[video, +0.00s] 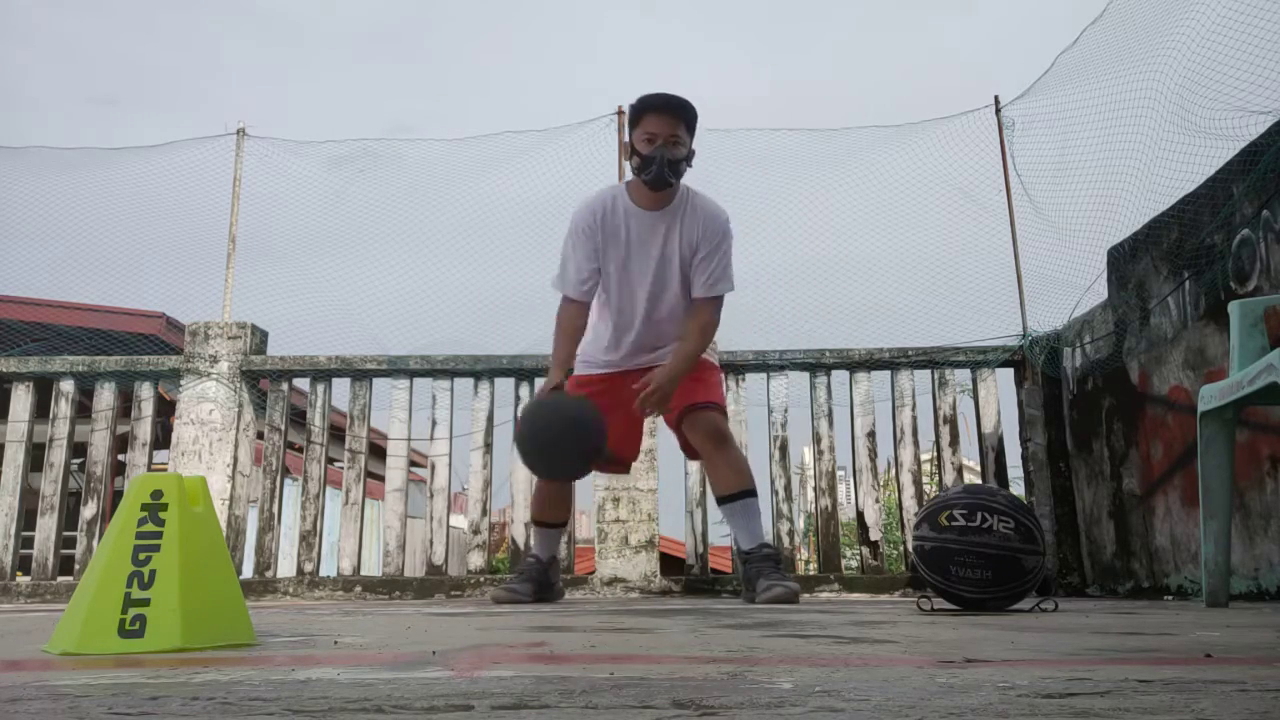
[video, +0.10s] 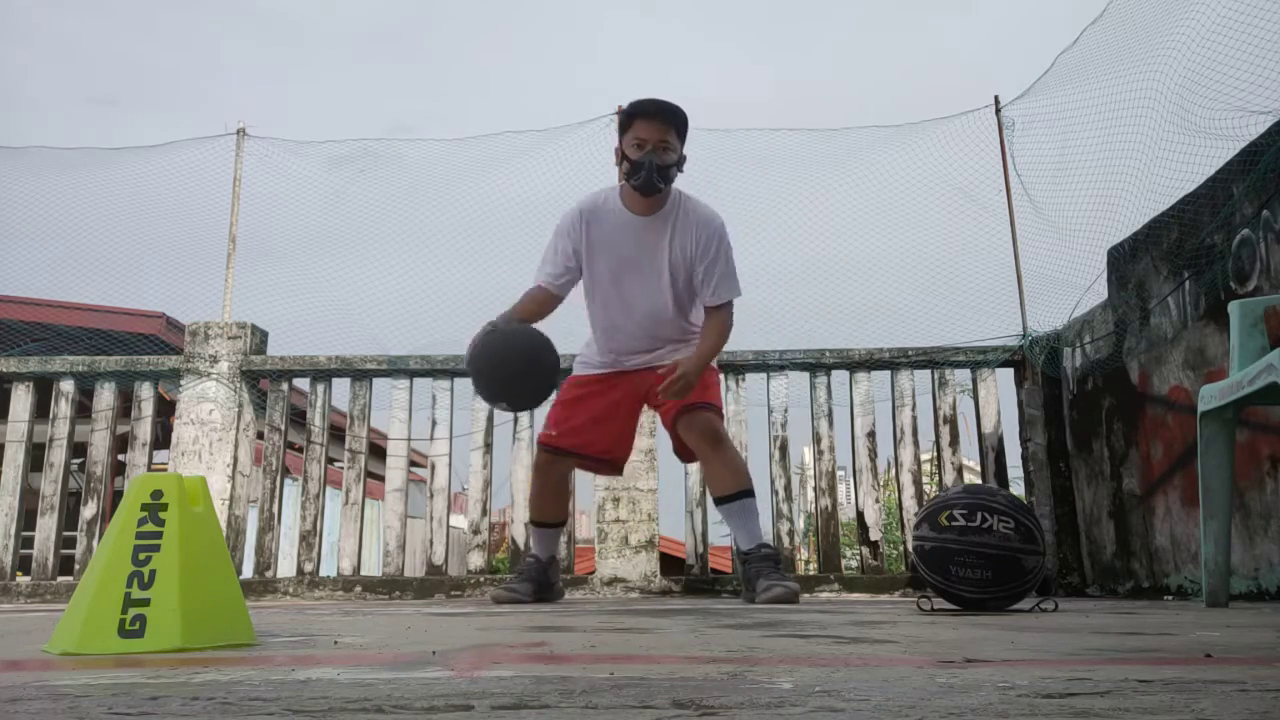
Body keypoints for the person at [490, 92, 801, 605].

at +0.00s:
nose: (659, 153)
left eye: (672, 143)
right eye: (648, 141)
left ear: (689, 151)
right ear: (630, 145)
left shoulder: (707, 221)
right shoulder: (595, 216)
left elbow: (706, 316)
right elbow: (574, 303)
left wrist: (672, 372)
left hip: (680, 359)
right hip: (602, 364)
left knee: (710, 429)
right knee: (558, 441)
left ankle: (759, 563)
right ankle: (541, 568)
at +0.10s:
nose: (647, 159)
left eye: (661, 149)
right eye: (637, 147)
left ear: (679, 157)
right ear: (619, 150)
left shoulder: (702, 225)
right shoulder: (585, 219)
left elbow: (719, 312)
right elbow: (549, 289)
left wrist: (697, 361)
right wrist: (506, 323)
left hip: (678, 359)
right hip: (603, 364)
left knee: (705, 430)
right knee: (552, 451)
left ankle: (758, 561)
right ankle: (541, 566)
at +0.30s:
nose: (673, 149)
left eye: (686, 140)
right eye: (662, 136)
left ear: (704, 148)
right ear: (643, 139)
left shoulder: (722, 221)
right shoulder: (602, 208)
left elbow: (737, 305)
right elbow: (574, 290)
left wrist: (746, 378)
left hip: (685, 354)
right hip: (607, 359)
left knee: (711, 426)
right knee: (564, 443)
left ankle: (758, 563)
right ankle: (541, 568)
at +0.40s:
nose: (701, 152)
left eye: (715, 142)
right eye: (690, 139)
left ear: (730, 151)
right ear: (670, 143)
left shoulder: (740, 226)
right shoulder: (628, 210)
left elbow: (743, 318)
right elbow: (612, 303)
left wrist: (747, 401)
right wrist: (621, 387)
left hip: (691, 354)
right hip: (618, 357)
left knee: (721, 423)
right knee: (565, 464)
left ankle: (758, 563)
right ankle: (542, 569)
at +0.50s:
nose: (725, 156)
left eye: (738, 147)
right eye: (714, 144)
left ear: (752, 158)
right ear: (692, 148)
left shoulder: (754, 234)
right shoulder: (650, 210)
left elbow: (749, 323)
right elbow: (631, 306)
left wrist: (749, 405)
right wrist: (662, 383)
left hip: (705, 354)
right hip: (630, 353)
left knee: (734, 417)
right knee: (575, 472)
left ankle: (760, 564)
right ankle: (544, 565)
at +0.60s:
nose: (736, 155)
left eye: (749, 146)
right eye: (725, 143)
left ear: (762, 156)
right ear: (702, 146)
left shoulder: (763, 227)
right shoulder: (659, 206)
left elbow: (765, 300)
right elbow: (634, 299)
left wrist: (790, 365)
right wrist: (692, 351)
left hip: (709, 354)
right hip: (634, 356)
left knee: (738, 420)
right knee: (585, 467)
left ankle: (761, 565)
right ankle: (544, 561)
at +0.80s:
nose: (716, 139)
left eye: (729, 130)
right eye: (705, 127)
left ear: (742, 140)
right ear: (682, 131)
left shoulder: (752, 205)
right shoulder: (647, 194)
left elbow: (765, 285)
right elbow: (650, 291)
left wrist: (785, 324)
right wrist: (713, 332)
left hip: (699, 347)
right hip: (626, 349)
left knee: (726, 425)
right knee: (579, 456)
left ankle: (761, 563)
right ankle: (543, 559)